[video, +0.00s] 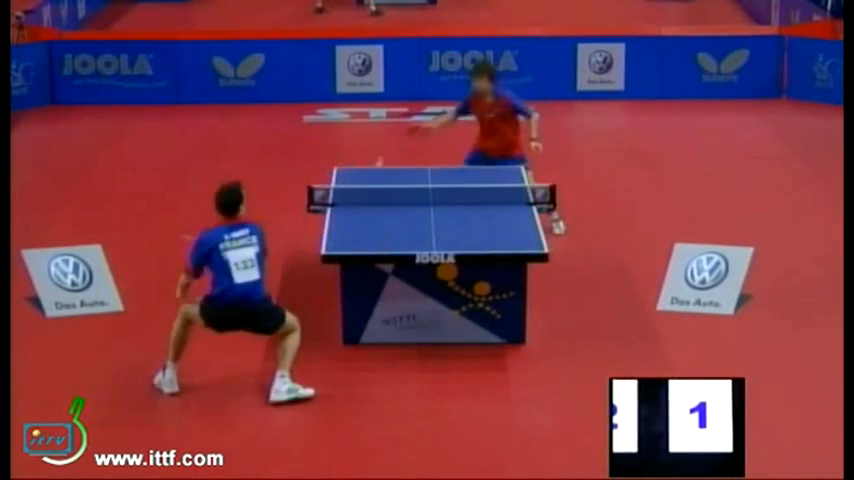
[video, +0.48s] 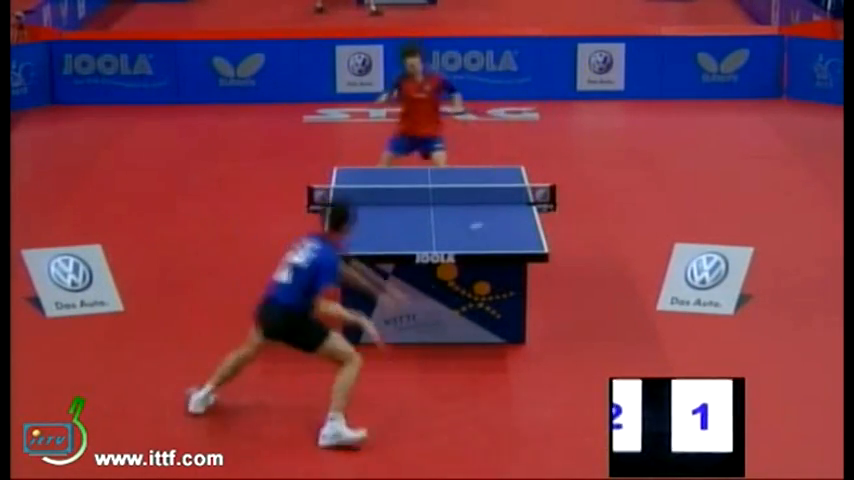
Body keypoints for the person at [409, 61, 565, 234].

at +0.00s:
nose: (479, 86)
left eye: (483, 81)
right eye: (477, 81)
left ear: (491, 82)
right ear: (473, 82)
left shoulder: (504, 99)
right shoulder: (473, 99)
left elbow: (532, 115)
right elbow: (454, 115)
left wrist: (533, 139)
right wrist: (432, 127)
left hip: (510, 154)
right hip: (483, 153)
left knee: (528, 188)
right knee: (463, 183)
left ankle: (554, 218)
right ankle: (460, 220)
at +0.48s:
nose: (412, 68)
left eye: (415, 64)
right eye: (409, 65)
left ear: (421, 63)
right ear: (405, 66)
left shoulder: (435, 80)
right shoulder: (402, 81)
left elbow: (455, 93)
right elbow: (390, 94)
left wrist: (458, 109)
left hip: (430, 133)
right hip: (407, 133)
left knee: (441, 165)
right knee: (385, 160)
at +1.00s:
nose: (358, 62)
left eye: (360, 58)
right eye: (354, 59)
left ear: (365, 58)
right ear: (348, 60)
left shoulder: (376, 77)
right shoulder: (342, 77)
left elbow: (389, 99)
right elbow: (329, 99)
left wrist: (387, 113)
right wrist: (328, 118)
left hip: (370, 130)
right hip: (345, 129)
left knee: (387, 165)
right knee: (323, 160)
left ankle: (397, 198)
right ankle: (304, 188)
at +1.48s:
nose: (257, 84)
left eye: (257, 80)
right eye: (255, 81)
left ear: (262, 75)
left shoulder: (280, 84)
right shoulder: (275, 87)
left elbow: (291, 108)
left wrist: (279, 131)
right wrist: (271, 135)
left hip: (320, 127)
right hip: (302, 128)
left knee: (311, 165)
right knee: (280, 159)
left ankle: (341, 178)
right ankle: (300, 185)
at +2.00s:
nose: (209, 74)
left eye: (212, 70)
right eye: (205, 71)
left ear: (217, 73)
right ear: (200, 75)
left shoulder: (227, 92)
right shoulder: (196, 93)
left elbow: (243, 109)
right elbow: (175, 98)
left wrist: (251, 114)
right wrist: (192, 73)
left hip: (220, 143)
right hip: (197, 143)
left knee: (241, 167)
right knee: (175, 177)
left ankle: (244, 200)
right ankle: (142, 202)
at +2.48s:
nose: (281, 50)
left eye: (283, 45)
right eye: (277, 46)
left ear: (286, 47)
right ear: (269, 48)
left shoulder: (294, 66)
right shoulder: (259, 67)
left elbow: (305, 84)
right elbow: (242, 89)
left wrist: (309, 105)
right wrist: (254, 108)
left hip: (290, 116)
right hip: (268, 117)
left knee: (303, 154)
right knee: (260, 155)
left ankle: (294, 184)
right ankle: (256, 187)